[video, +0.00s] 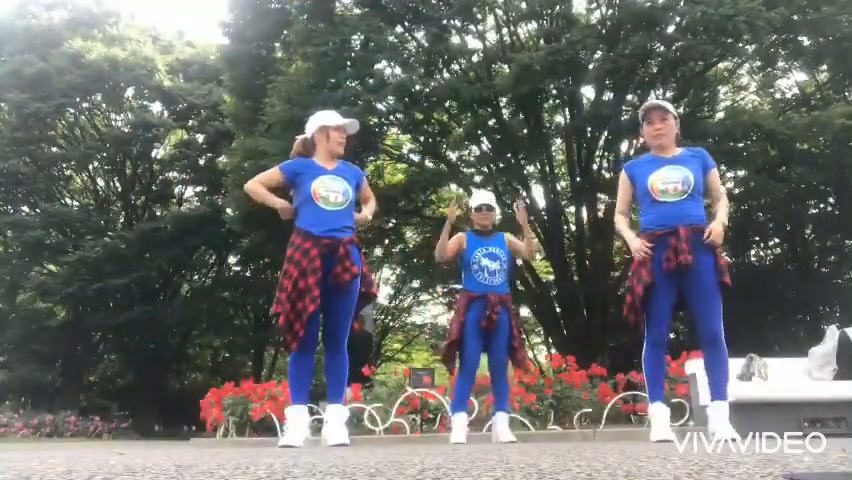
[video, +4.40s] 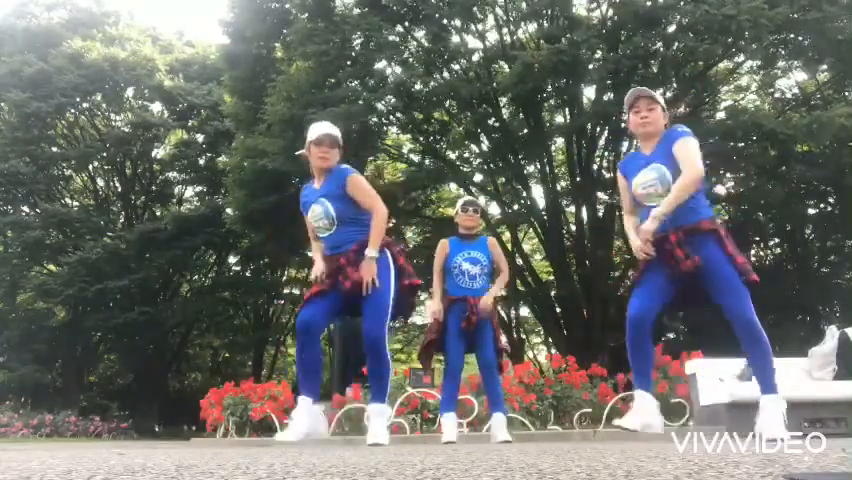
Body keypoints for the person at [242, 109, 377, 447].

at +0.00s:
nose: (345, 137)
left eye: (345, 133)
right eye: (339, 132)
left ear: (343, 138)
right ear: (320, 135)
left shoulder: (354, 173)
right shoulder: (298, 167)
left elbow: (370, 199)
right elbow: (253, 185)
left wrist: (366, 212)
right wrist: (278, 203)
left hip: (345, 254)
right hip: (307, 253)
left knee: (337, 340)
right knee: (303, 337)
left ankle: (336, 420)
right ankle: (297, 420)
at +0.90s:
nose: (343, 135)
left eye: (344, 131)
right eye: (336, 130)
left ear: (343, 138)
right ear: (319, 136)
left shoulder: (357, 174)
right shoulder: (297, 173)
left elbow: (369, 211)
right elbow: (287, 214)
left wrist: (359, 237)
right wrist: (302, 220)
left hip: (347, 259)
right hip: (310, 259)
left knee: (339, 341)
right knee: (306, 340)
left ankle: (336, 417)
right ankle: (297, 417)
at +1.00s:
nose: (345, 135)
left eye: (346, 131)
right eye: (338, 130)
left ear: (344, 137)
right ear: (320, 135)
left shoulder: (358, 175)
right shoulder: (297, 173)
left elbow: (362, 221)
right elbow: (284, 223)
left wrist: (360, 261)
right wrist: (291, 260)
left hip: (345, 257)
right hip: (307, 256)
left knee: (339, 341)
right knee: (306, 341)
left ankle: (336, 418)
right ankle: (297, 419)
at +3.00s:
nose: (328, 139)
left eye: (333, 134)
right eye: (322, 134)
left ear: (340, 139)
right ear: (309, 138)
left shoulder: (348, 180)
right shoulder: (293, 172)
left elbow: (361, 223)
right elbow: (280, 216)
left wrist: (353, 242)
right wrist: (285, 255)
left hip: (340, 254)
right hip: (303, 251)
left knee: (341, 331)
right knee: (302, 333)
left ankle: (336, 416)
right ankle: (297, 417)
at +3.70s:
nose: (354, 137)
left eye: (359, 131)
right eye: (348, 132)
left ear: (367, 136)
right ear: (337, 138)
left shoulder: (383, 175)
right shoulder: (324, 175)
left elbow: (399, 217)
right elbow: (310, 222)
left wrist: (404, 246)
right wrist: (311, 257)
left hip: (376, 253)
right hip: (335, 253)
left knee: (374, 332)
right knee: (321, 336)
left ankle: (376, 414)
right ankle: (299, 416)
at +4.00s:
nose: (360, 137)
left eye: (365, 131)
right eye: (353, 131)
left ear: (373, 135)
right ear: (342, 136)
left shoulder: (391, 172)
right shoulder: (330, 174)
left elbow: (407, 216)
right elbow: (321, 219)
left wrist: (404, 247)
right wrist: (335, 254)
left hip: (385, 253)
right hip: (347, 254)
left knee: (380, 335)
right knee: (353, 334)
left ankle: (378, 414)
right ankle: (350, 414)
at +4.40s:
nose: (327, 150)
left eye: (333, 145)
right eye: (320, 144)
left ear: (339, 150)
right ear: (307, 150)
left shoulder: (347, 177)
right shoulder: (307, 193)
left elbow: (380, 210)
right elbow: (315, 236)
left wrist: (371, 258)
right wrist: (318, 260)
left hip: (373, 261)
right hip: (339, 269)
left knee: (373, 336)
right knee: (306, 322)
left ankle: (377, 415)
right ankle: (308, 411)